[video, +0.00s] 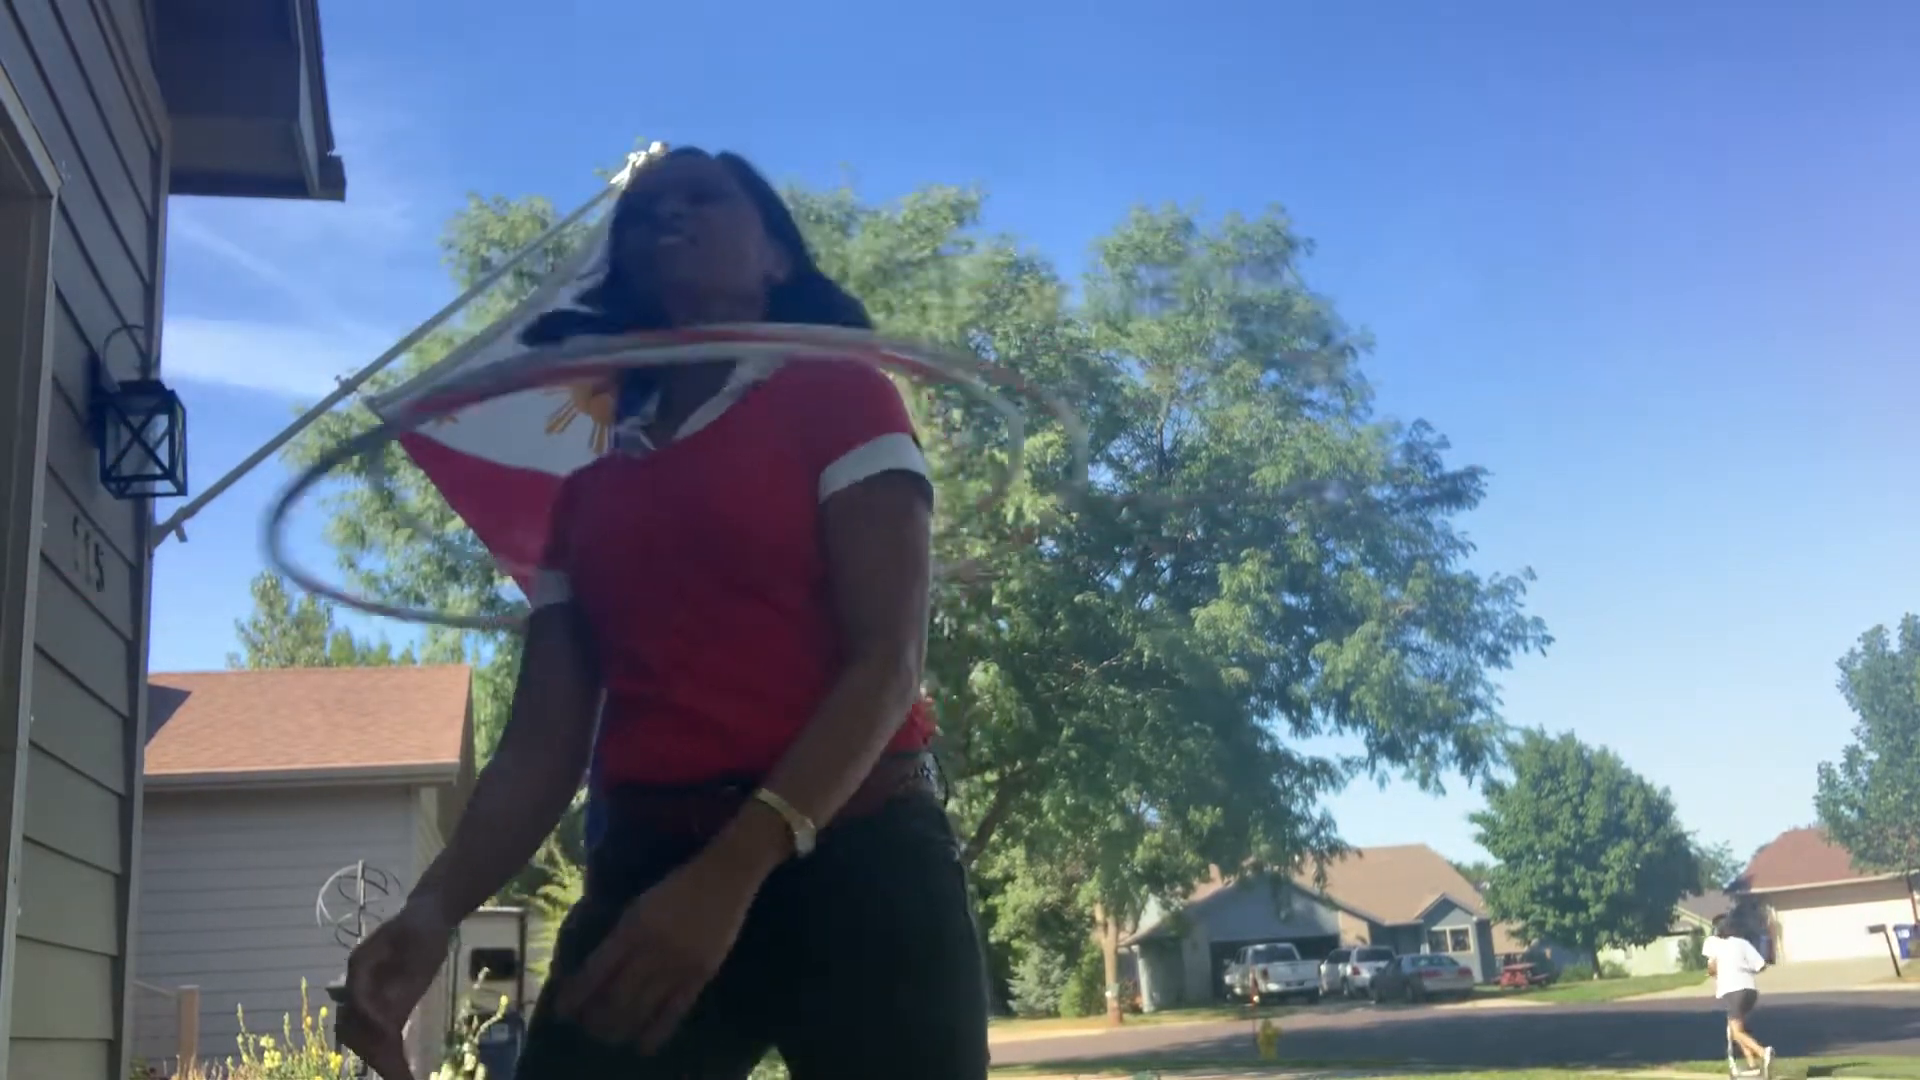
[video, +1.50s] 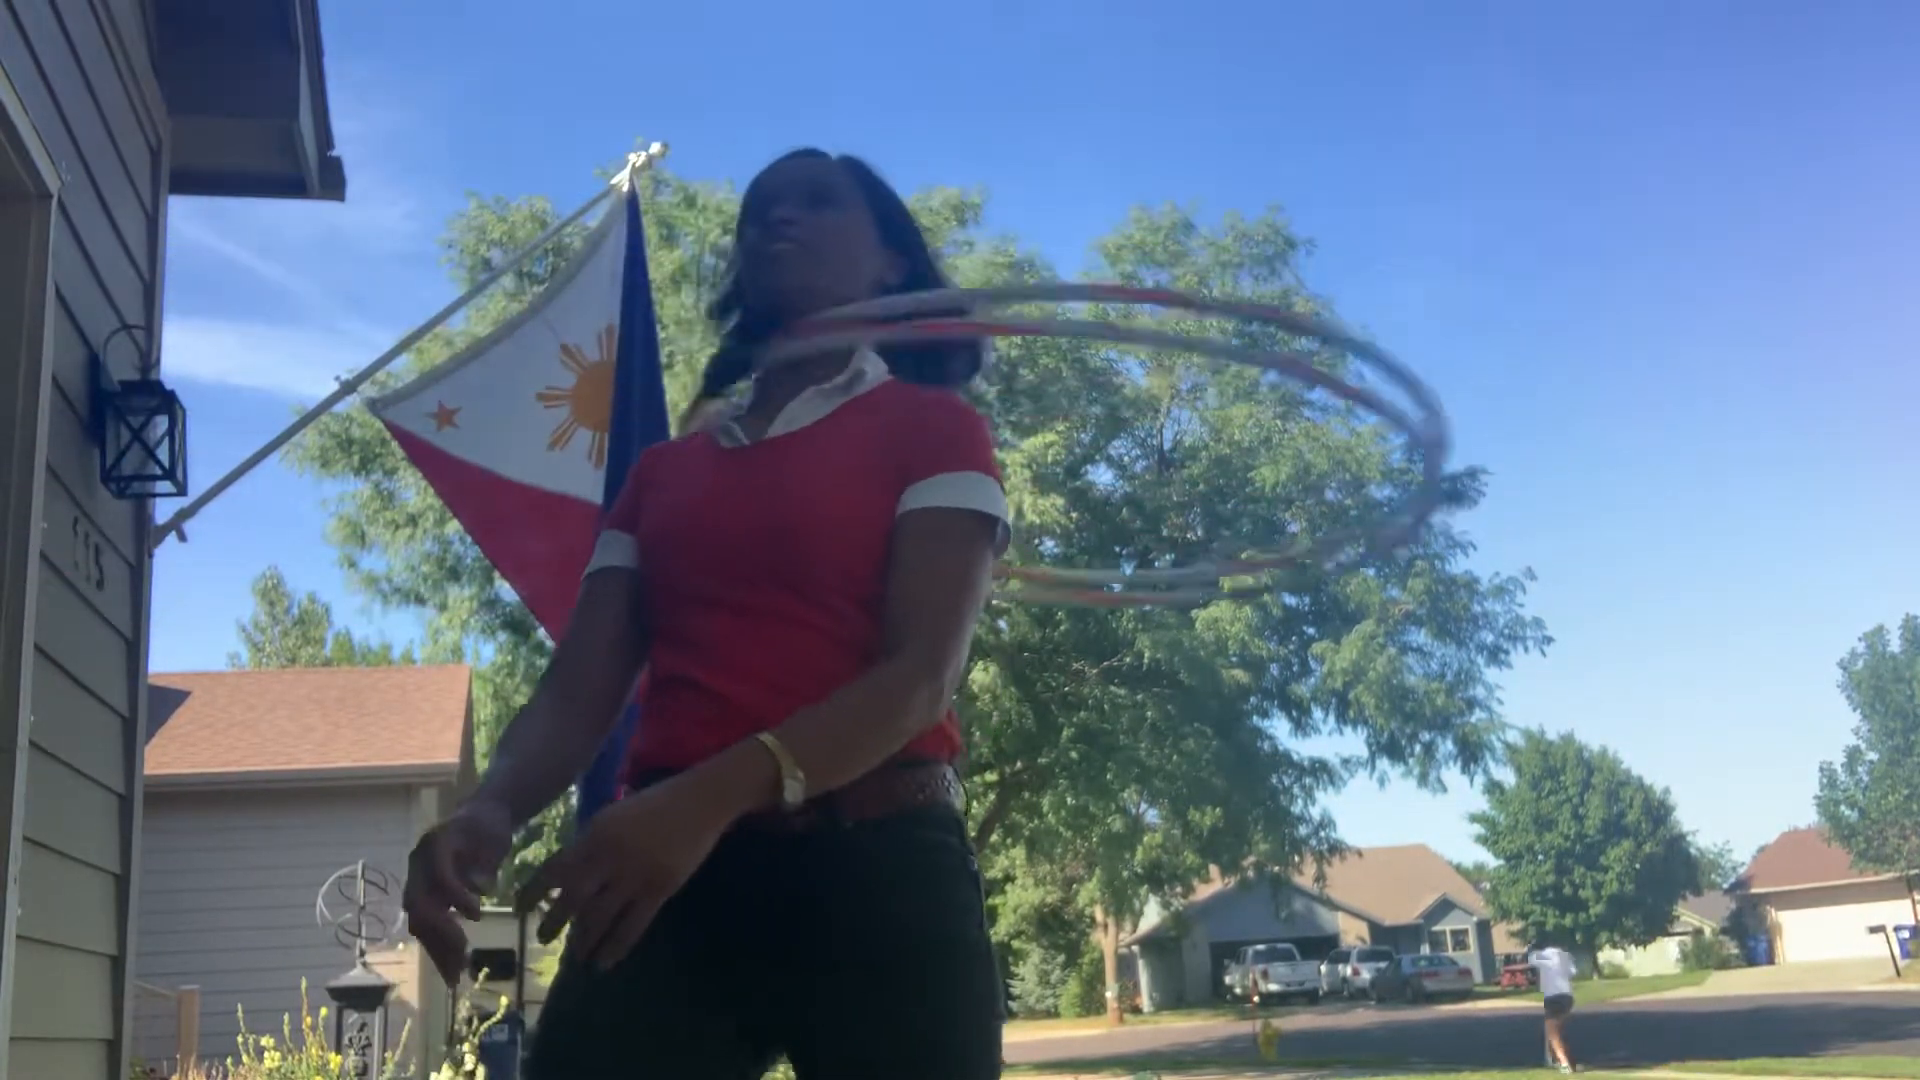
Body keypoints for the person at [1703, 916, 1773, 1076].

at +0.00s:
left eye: (1716, 929)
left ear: (1718, 930)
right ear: (1734, 929)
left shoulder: (1715, 942)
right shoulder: (1743, 942)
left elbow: (1712, 966)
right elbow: (1760, 965)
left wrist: (1713, 972)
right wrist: (1743, 970)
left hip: (1731, 988)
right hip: (1750, 987)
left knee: (1737, 1032)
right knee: (1736, 1029)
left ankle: (1763, 1053)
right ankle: (1752, 1064)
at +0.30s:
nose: (1672, 935)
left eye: (1672, 932)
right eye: (1673, 931)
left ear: (1673, 933)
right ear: (1687, 930)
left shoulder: (1672, 948)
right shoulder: (1696, 941)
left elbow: (1674, 970)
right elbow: (1716, 959)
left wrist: (1674, 975)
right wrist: (1700, 968)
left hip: (1692, 992)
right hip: (1711, 989)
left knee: (1684, 1030)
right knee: (1702, 1028)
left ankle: (1679, 1068)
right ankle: (1713, 1064)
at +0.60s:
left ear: (1635, 938)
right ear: (1651, 937)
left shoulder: (1632, 950)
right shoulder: (1657, 948)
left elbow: (1632, 975)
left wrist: (1630, 980)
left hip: (1654, 997)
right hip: (1672, 992)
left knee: (1664, 1039)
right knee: (1660, 1030)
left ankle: (1673, 1070)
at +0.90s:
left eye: (1600, 935)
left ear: (1600, 937)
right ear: (1615, 934)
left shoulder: (1598, 946)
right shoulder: (1627, 946)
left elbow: (1599, 963)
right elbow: (1639, 969)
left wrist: (1601, 976)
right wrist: (1624, 975)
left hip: (1618, 989)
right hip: (1635, 988)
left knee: (1622, 1026)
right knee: (1626, 1026)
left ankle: (1642, 1051)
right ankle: (1635, 1063)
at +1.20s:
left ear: (1569, 940)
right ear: (1583, 938)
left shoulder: (1566, 948)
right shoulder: (1593, 947)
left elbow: (1569, 962)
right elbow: (1606, 965)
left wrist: (1570, 974)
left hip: (1585, 988)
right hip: (1602, 988)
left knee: (1577, 1025)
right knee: (1594, 1024)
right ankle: (1600, 1060)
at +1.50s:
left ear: (1543, 947)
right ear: (1555, 945)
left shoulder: (1545, 957)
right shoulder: (1565, 956)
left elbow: (1531, 960)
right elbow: (1573, 971)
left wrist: (1531, 949)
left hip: (1552, 995)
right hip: (1567, 994)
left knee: (1553, 1032)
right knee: (1555, 1030)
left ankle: (1565, 1064)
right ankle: (1557, 1060)